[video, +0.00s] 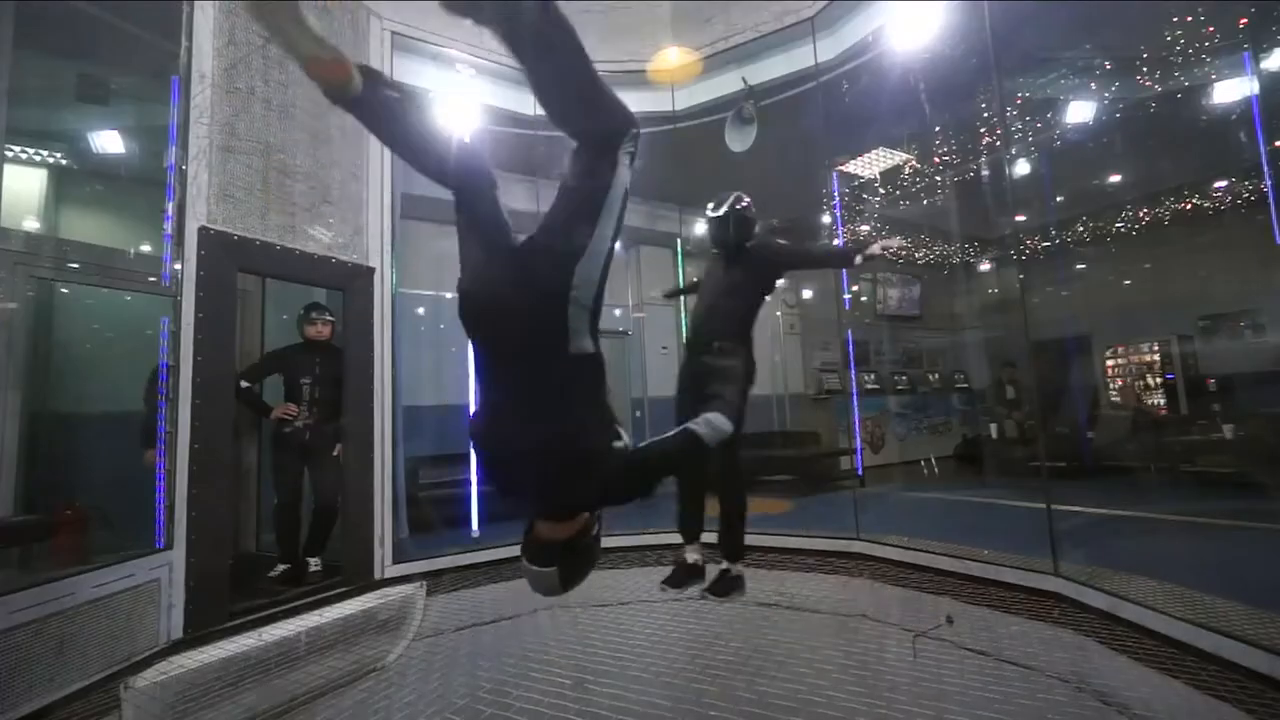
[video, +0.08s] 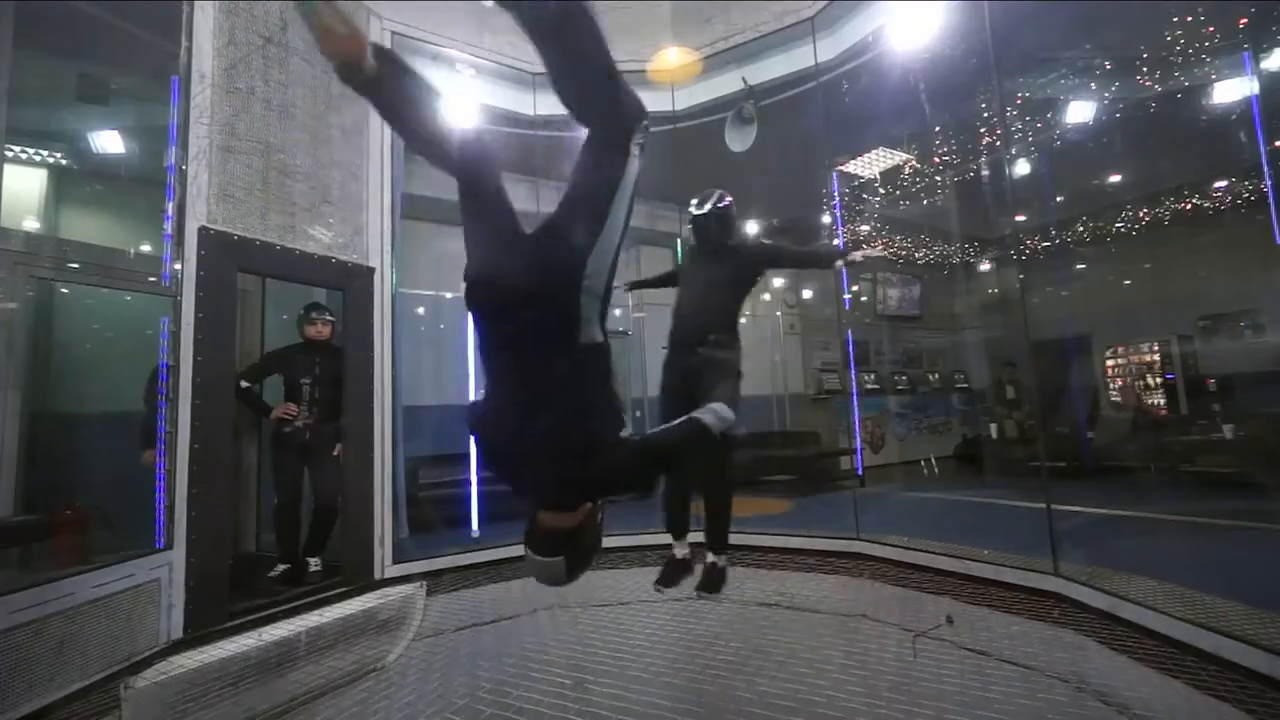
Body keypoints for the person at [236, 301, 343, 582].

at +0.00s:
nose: (320, 328)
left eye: (325, 323)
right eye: (314, 323)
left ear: (333, 327)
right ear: (302, 326)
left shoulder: (341, 359)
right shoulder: (287, 356)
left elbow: (353, 400)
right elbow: (242, 384)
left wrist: (344, 438)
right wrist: (269, 411)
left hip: (325, 439)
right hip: (289, 439)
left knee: (329, 501)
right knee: (287, 499)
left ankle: (313, 555)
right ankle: (287, 560)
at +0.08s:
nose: (320, 327)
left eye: (325, 323)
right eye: (314, 322)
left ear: (333, 327)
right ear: (302, 326)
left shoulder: (342, 358)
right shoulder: (286, 356)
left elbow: (353, 400)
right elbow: (242, 384)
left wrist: (345, 438)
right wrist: (269, 411)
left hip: (325, 439)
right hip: (289, 438)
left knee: (329, 500)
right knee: (287, 499)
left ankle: (313, 556)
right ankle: (287, 560)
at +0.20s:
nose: (320, 328)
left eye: (325, 323)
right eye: (314, 322)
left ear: (333, 327)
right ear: (302, 326)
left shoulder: (341, 358)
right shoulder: (286, 356)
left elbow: (353, 400)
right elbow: (242, 384)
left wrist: (345, 438)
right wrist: (269, 410)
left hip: (325, 439)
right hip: (289, 438)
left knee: (329, 500)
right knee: (287, 500)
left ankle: (313, 555)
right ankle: (286, 561)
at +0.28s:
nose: (320, 328)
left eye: (325, 323)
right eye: (313, 323)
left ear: (333, 327)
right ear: (302, 327)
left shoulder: (341, 359)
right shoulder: (287, 356)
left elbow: (352, 400)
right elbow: (243, 384)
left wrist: (344, 438)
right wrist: (269, 410)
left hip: (325, 439)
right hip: (289, 438)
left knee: (329, 500)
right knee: (287, 499)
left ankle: (313, 555)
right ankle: (287, 560)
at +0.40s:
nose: (320, 328)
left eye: (325, 323)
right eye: (313, 323)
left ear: (333, 327)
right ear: (302, 327)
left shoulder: (341, 359)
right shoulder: (286, 356)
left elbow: (352, 400)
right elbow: (242, 384)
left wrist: (344, 438)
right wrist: (269, 410)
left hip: (325, 439)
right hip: (289, 439)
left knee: (329, 501)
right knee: (287, 500)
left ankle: (313, 555)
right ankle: (286, 561)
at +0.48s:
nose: (319, 328)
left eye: (325, 323)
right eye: (313, 322)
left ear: (333, 327)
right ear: (302, 327)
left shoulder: (341, 359)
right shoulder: (286, 356)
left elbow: (352, 400)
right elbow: (242, 384)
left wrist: (344, 438)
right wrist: (269, 410)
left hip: (325, 439)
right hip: (289, 439)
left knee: (329, 501)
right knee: (287, 500)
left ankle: (313, 555)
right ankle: (286, 561)